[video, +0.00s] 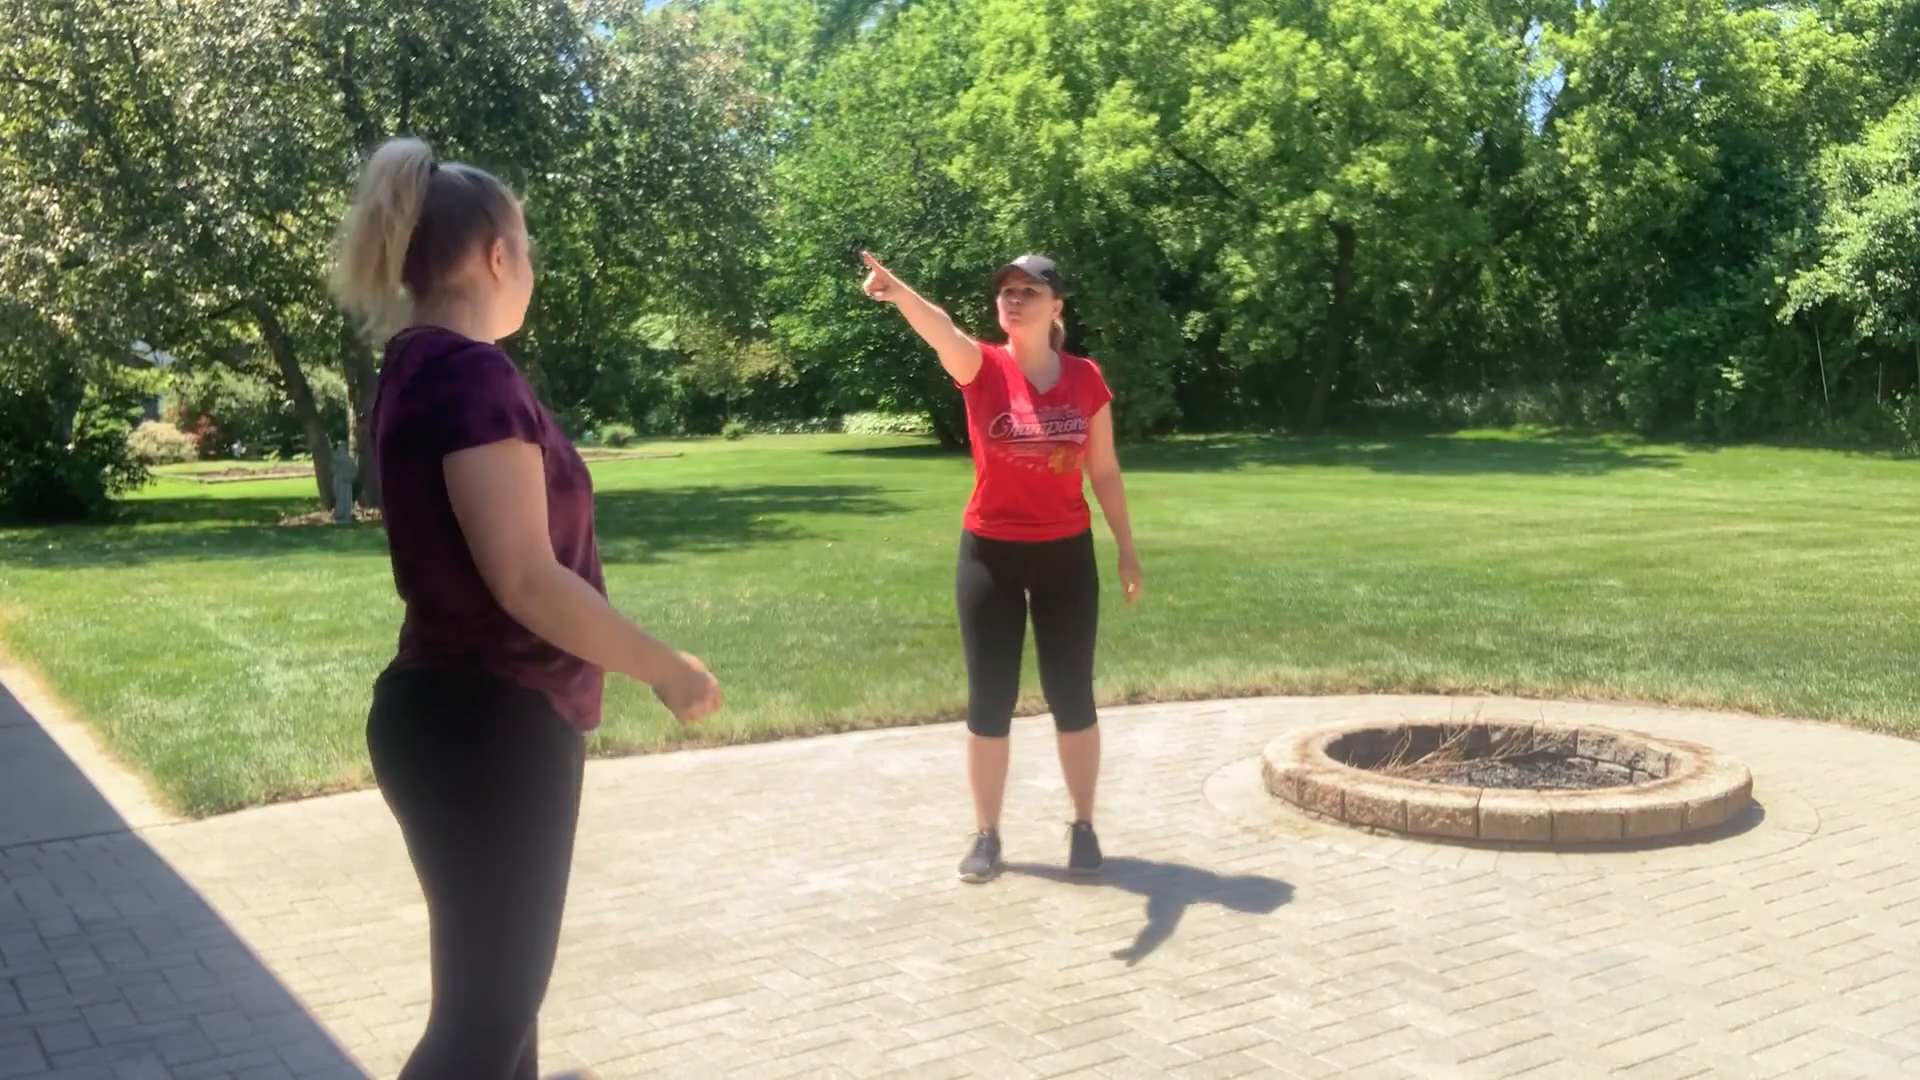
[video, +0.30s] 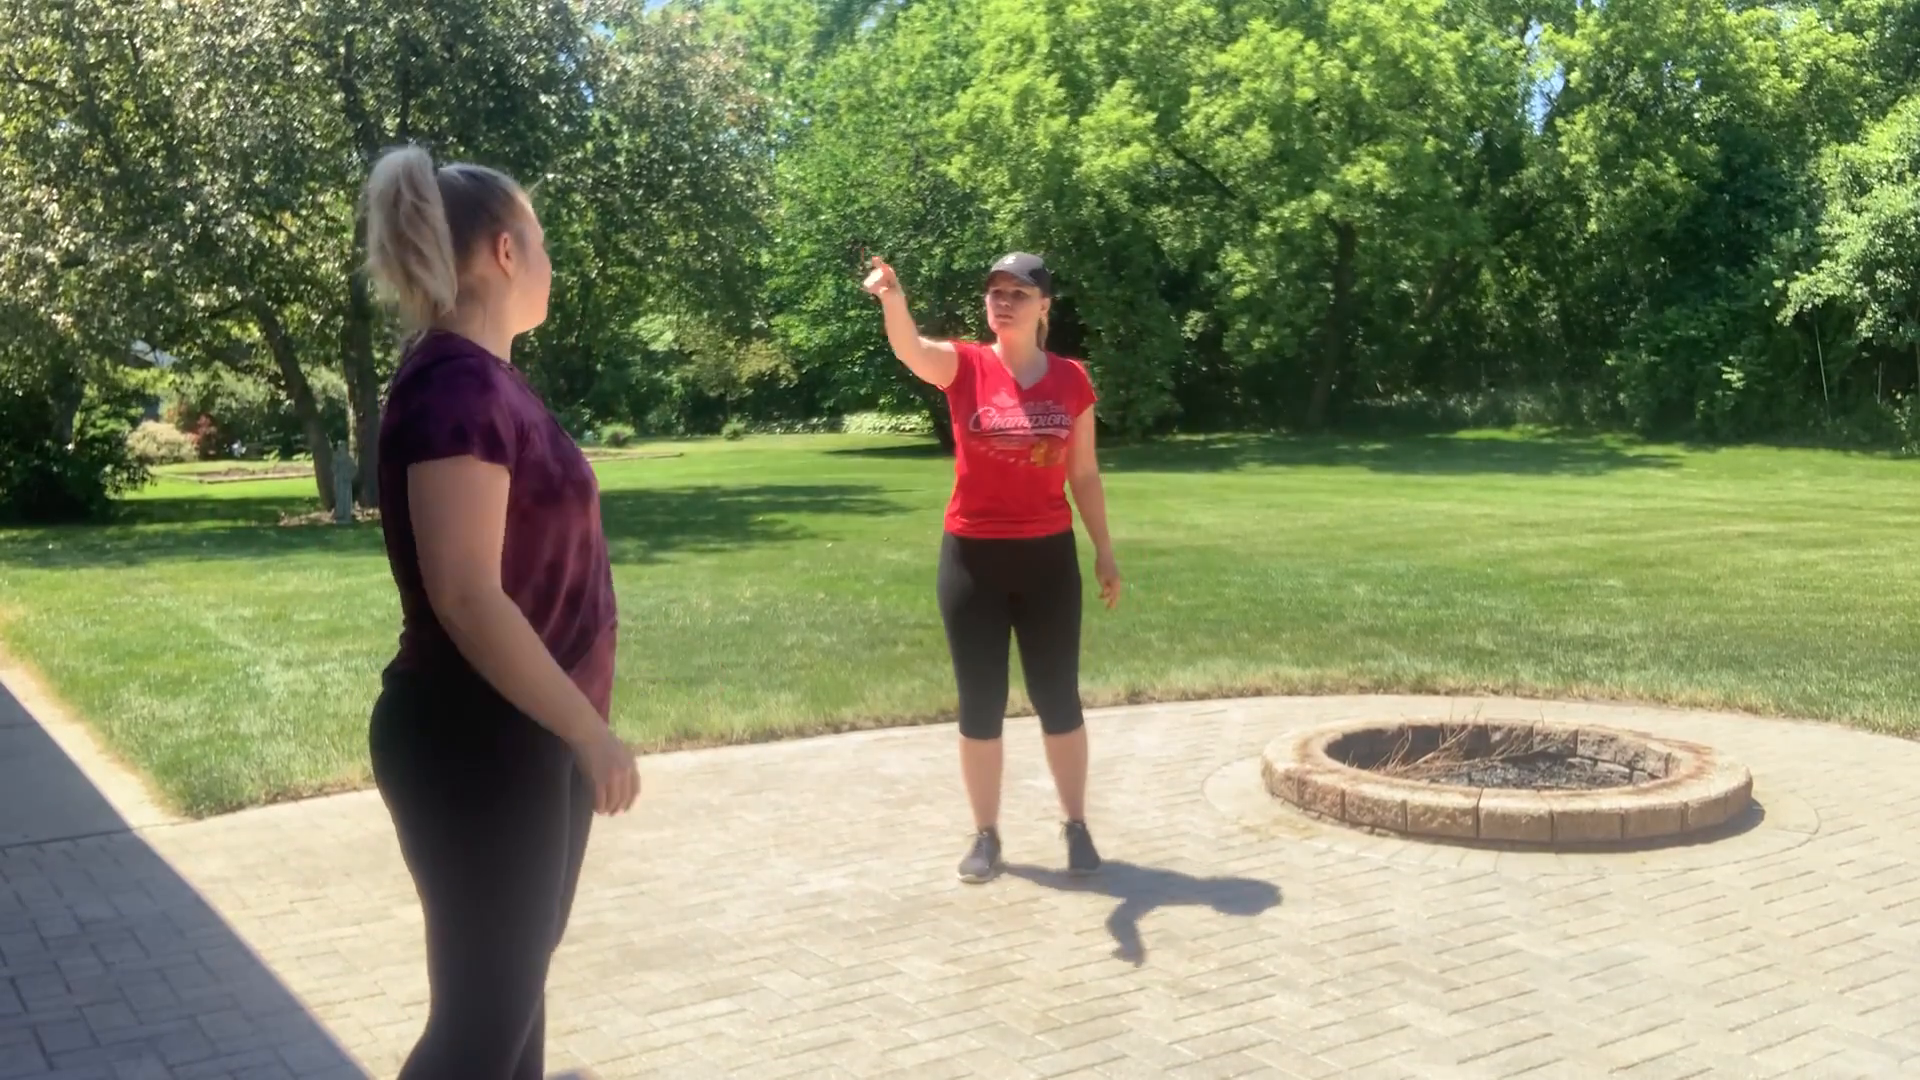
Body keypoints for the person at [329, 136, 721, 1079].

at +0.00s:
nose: (532, 276)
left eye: (529, 254)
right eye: (527, 253)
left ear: (420, 264)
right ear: (495, 258)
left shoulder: (414, 372)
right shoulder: (471, 376)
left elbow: (475, 571)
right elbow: (525, 574)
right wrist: (665, 667)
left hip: (447, 712)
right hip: (496, 725)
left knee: (487, 1012)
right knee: (489, 1024)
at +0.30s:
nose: (547, 258)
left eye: (539, 236)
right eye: (536, 236)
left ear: (469, 260)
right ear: (500, 252)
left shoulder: (480, 378)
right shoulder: (456, 385)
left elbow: (484, 585)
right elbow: (462, 590)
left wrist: (582, 726)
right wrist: (590, 731)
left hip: (515, 728)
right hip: (482, 734)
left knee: (508, 1018)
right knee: (484, 1027)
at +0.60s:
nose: (559, 263)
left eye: (554, 242)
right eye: (550, 242)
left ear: (483, 264)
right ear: (511, 257)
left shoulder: (498, 381)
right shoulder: (456, 389)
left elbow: (480, 584)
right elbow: (433, 594)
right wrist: (460, 779)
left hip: (551, 731)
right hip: (496, 736)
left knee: (520, 1006)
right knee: (481, 1027)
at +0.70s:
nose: (564, 270)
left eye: (561, 249)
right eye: (557, 248)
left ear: (492, 264)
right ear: (513, 259)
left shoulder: (505, 381)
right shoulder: (453, 387)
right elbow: (432, 599)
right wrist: (462, 779)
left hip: (559, 732)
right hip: (495, 736)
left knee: (523, 1008)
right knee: (479, 1026)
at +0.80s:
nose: (571, 263)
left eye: (565, 241)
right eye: (559, 241)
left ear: (503, 263)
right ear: (513, 259)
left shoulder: (526, 372)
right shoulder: (453, 384)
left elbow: (546, 550)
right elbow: (426, 596)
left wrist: (618, 657)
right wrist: (483, 767)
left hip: (574, 726)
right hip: (491, 734)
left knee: (531, 998)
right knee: (475, 1023)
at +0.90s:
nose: (574, 256)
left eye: (567, 236)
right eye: (559, 238)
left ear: (508, 261)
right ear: (508, 259)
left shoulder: (540, 366)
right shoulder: (449, 386)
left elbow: (567, 525)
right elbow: (407, 580)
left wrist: (653, 615)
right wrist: (510, 744)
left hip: (581, 731)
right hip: (481, 745)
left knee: (536, 995)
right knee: (469, 1025)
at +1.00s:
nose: (579, 259)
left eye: (572, 240)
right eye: (565, 242)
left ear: (514, 262)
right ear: (517, 261)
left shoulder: (553, 365)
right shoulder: (447, 384)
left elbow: (607, 504)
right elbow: (395, 566)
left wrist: (685, 604)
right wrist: (519, 726)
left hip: (588, 732)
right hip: (482, 744)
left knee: (542, 991)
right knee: (468, 1024)